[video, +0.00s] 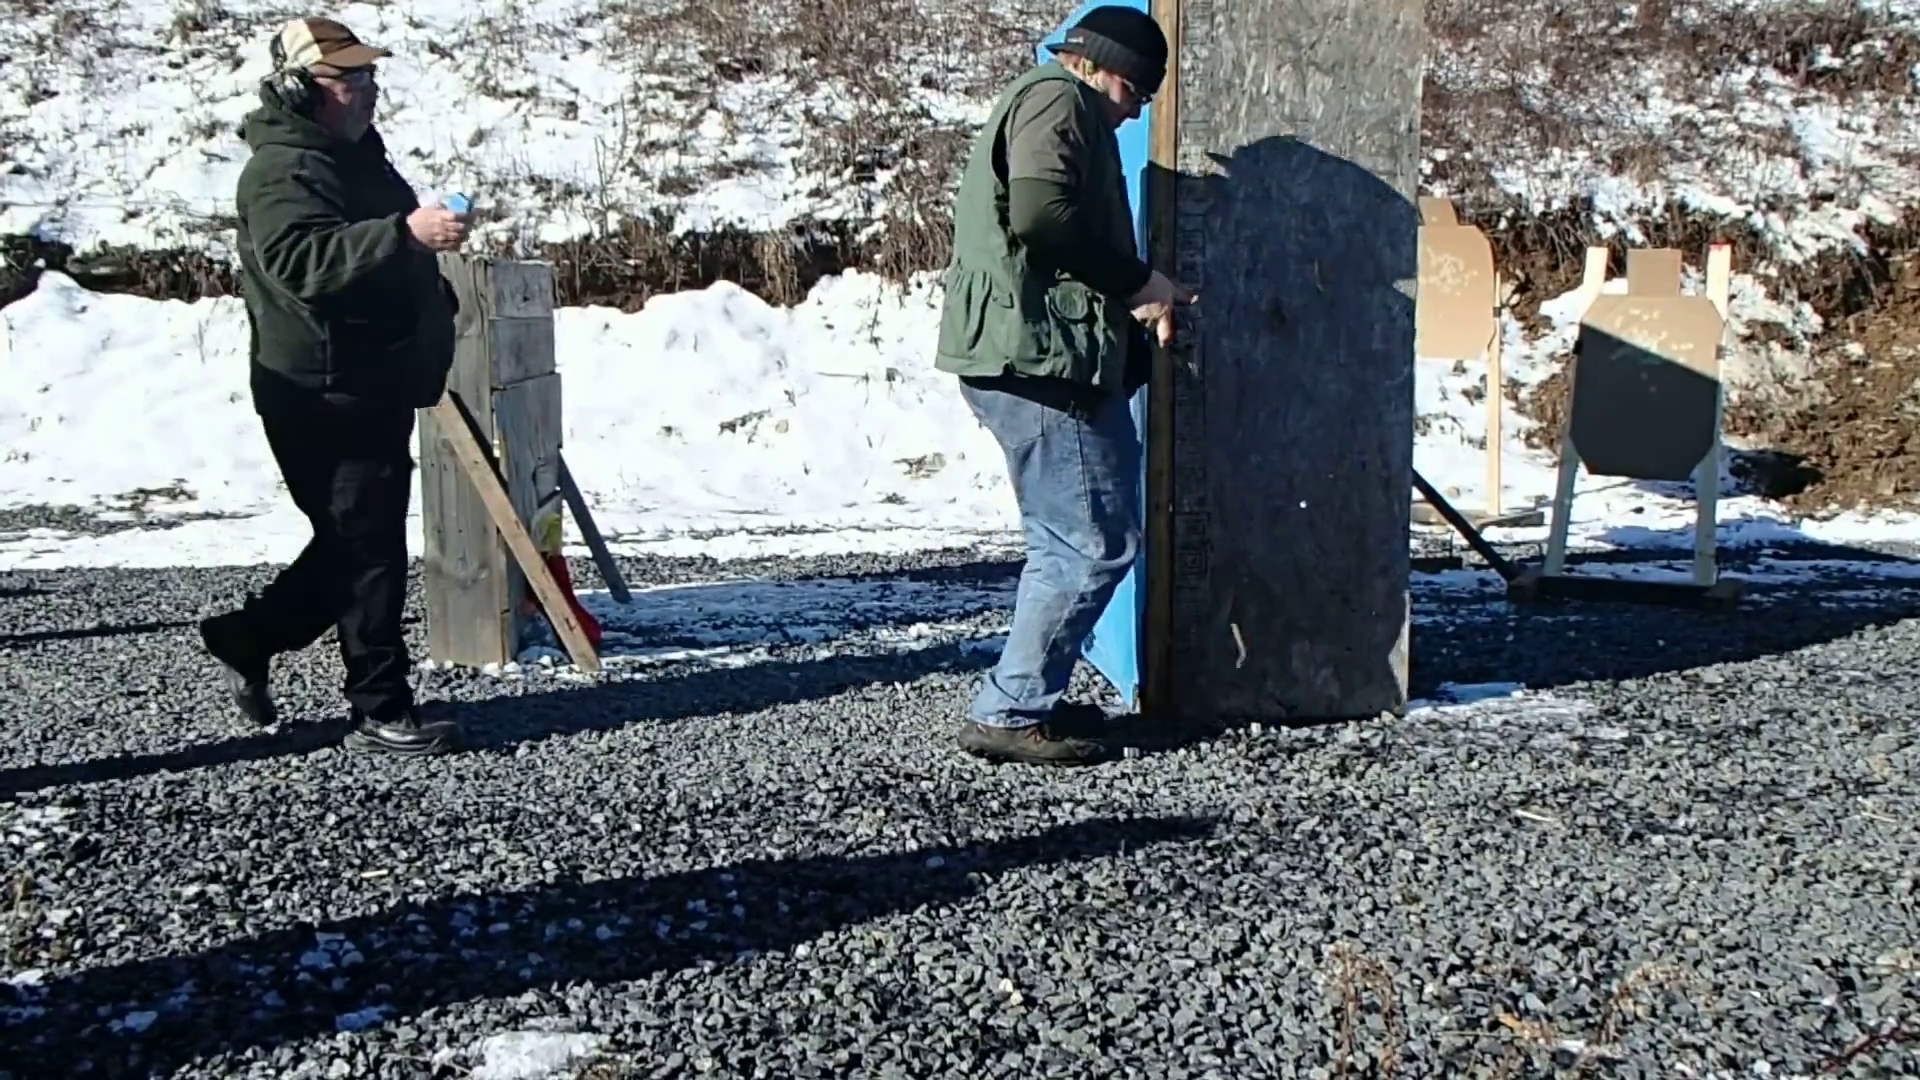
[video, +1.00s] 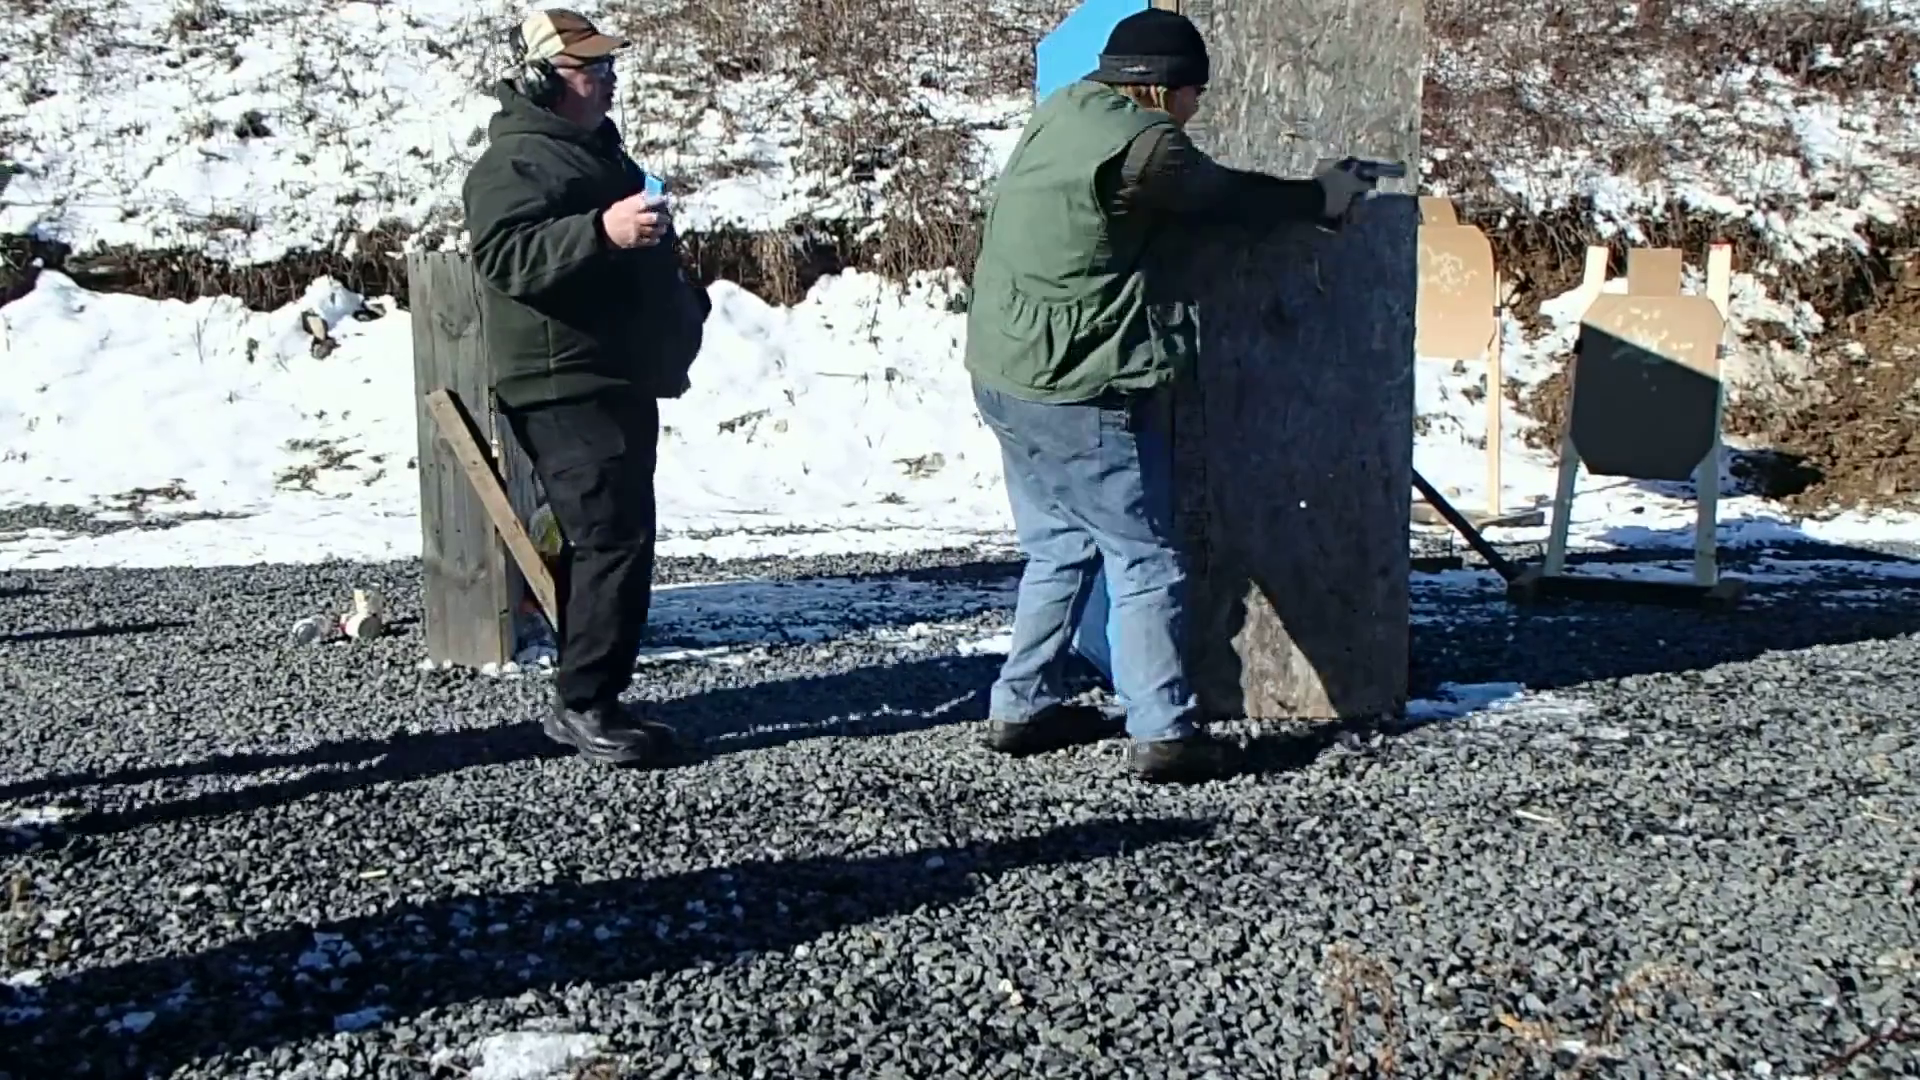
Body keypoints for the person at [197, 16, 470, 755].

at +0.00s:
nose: (373, 90)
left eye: (370, 77)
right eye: (359, 78)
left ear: (338, 89)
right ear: (319, 89)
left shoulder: (351, 155)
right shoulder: (285, 164)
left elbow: (389, 258)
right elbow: (303, 267)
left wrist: (428, 315)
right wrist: (408, 235)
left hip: (372, 383)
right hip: (319, 390)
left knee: (367, 542)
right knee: (362, 543)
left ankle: (247, 636)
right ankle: (383, 708)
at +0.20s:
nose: (419, 80)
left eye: (417, 67)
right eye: (404, 68)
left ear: (394, 79)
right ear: (360, 77)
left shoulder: (407, 147)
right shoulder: (322, 163)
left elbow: (440, 245)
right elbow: (343, 266)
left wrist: (477, 275)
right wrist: (444, 234)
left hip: (425, 379)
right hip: (359, 386)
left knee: (455, 523)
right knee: (384, 534)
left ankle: (386, 670)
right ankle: (378, 701)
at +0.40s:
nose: (469, 80)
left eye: (468, 68)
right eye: (456, 69)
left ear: (434, 79)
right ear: (414, 79)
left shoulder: (462, 153)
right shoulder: (366, 165)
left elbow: (502, 241)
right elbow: (383, 266)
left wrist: (532, 266)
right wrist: (485, 239)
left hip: (475, 384)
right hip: (405, 391)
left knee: (502, 537)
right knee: (408, 556)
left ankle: (553, 684)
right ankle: (382, 716)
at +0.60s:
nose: (521, 84)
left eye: (519, 72)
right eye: (508, 73)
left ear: (488, 83)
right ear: (469, 84)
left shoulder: (514, 162)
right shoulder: (421, 170)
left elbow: (554, 256)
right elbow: (434, 267)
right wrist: (532, 236)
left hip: (534, 389)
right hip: (463, 395)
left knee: (555, 548)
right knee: (457, 554)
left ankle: (584, 704)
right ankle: (388, 712)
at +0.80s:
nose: (573, 80)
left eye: (570, 68)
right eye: (560, 69)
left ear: (538, 81)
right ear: (522, 80)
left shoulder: (564, 153)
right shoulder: (475, 160)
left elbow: (597, 248)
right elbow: (484, 256)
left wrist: (644, 279)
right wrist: (578, 226)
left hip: (589, 377)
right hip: (516, 383)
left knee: (600, 537)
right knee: (546, 531)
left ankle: (592, 702)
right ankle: (466, 670)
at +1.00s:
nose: (609, 79)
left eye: (608, 67)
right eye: (595, 68)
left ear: (587, 78)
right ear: (553, 76)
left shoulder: (595, 148)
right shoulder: (512, 157)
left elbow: (632, 241)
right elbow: (510, 261)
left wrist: (673, 273)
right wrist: (603, 230)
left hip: (613, 373)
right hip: (559, 382)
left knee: (619, 535)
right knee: (607, 537)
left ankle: (594, 698)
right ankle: (582, 704)